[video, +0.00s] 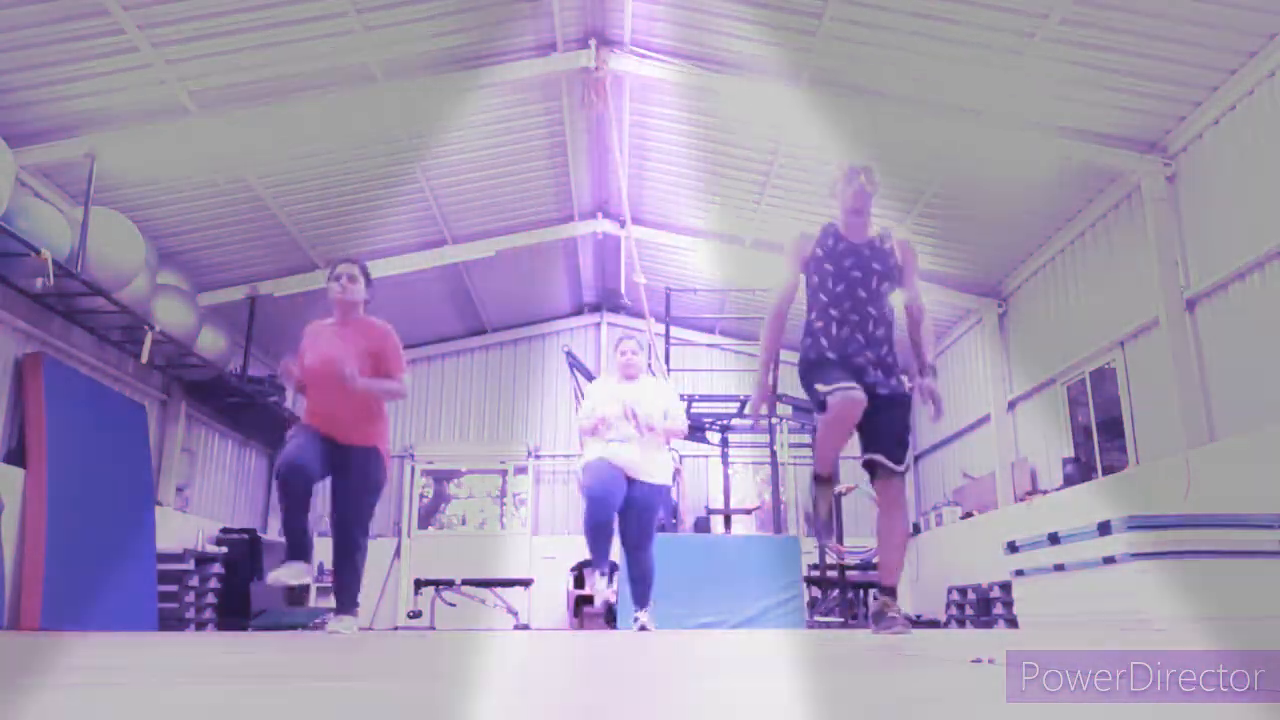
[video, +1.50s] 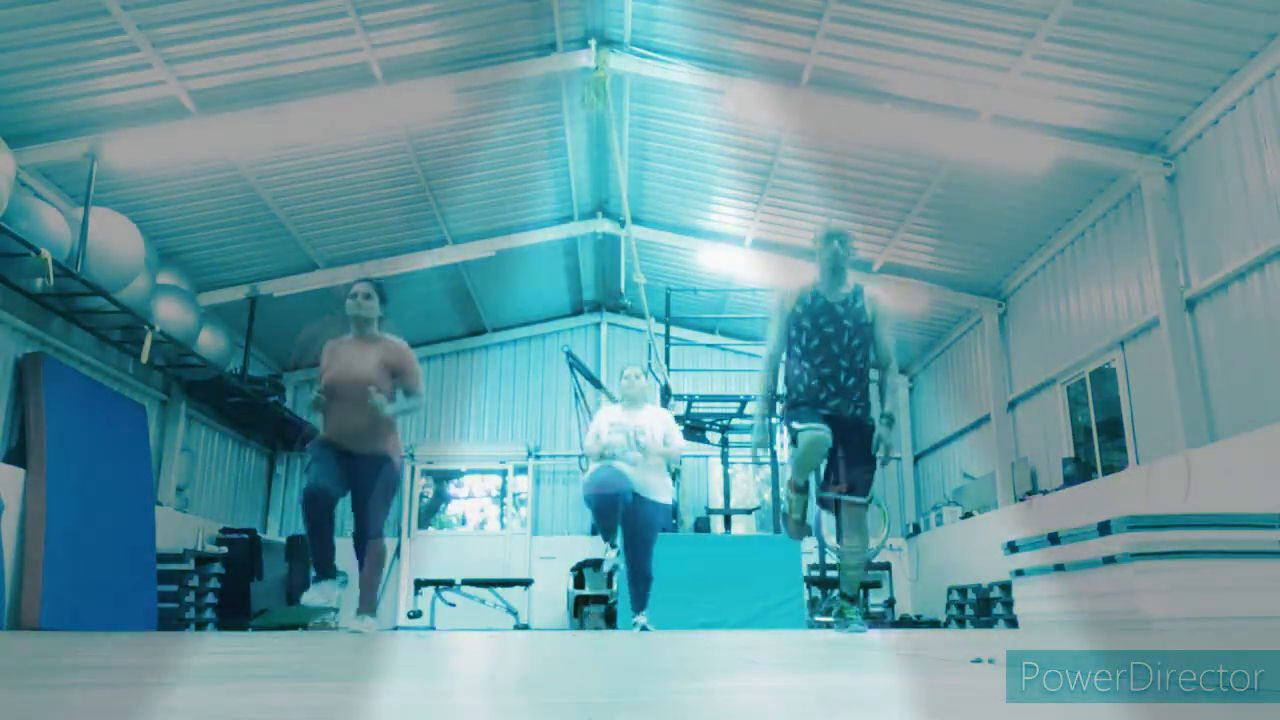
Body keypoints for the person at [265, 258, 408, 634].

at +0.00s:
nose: (343, 285)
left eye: (352, 279)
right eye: (337, 279)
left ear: (366, 290)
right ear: (327, 289)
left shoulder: (381, 333)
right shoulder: (314, 331)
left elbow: (400, 387)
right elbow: (308, 387)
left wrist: (360, 383)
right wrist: (294, 378)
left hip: (362, 441)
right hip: (317, 432)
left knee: (350, 531)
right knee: (291, 469)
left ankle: (346, 611)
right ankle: (299, 561)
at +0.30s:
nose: (330, 285)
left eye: (338, 280)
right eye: (324, 281)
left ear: (352, 292)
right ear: (314, 292)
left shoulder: (371, 332)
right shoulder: (298, 340)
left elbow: (398, 384)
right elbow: (291, 399)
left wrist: (380, 383)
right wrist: (272, 387)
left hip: (359, 443)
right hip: (310, 442)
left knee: (357, 528)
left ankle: (360, 609)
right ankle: (306, 611)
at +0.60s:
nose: (330, 272)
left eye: (338, 267)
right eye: (323, 267)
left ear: (352, 278)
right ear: (314, 278)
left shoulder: (375, 319)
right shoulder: (296, 323)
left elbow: (397, 368)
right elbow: (274, 376)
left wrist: (388, 371)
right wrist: (299, 367)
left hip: (364, 421)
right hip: (315, 426)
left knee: (365, 461)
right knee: (317, 516)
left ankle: (358, 551)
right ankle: (316, 606)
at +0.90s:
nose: (345, 280)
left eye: (353, 276)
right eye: (338, 275)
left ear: (364, 288)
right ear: (327, 285)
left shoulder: (381, 329)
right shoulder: (307, 326)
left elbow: (403, 379)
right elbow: (285, 378)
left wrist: (381, 373)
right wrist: (305, 365)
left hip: (366, 424)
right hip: (317, 430)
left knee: (354, 473)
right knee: (318, 510)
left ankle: (355, 571)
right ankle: (317, 606)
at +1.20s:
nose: (355, 306)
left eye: (363, 301)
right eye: (349, 300)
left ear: (374, 309)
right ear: (339, 307)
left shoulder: (388, 350)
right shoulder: (321, 349)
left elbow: (410, 401)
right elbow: (302, 403)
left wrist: (389, 393)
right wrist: (301, 385)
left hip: (366, 451)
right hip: (322, 452)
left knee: (347, 518)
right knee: (321, 530)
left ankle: (345, 608)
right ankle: (325, 608)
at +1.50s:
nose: (359, 301)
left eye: (367, 296)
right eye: (353, 296)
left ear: (381, 306)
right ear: (345, 305)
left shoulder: (395, 349)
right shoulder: (332, 349)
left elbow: (416, 397)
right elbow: (323, 400)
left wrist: (391, 407)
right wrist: (319, 398)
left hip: (377, 453)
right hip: (334, 447)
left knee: (368, 532)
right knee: (315, 493)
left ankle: (366, 613)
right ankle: (326, 579)